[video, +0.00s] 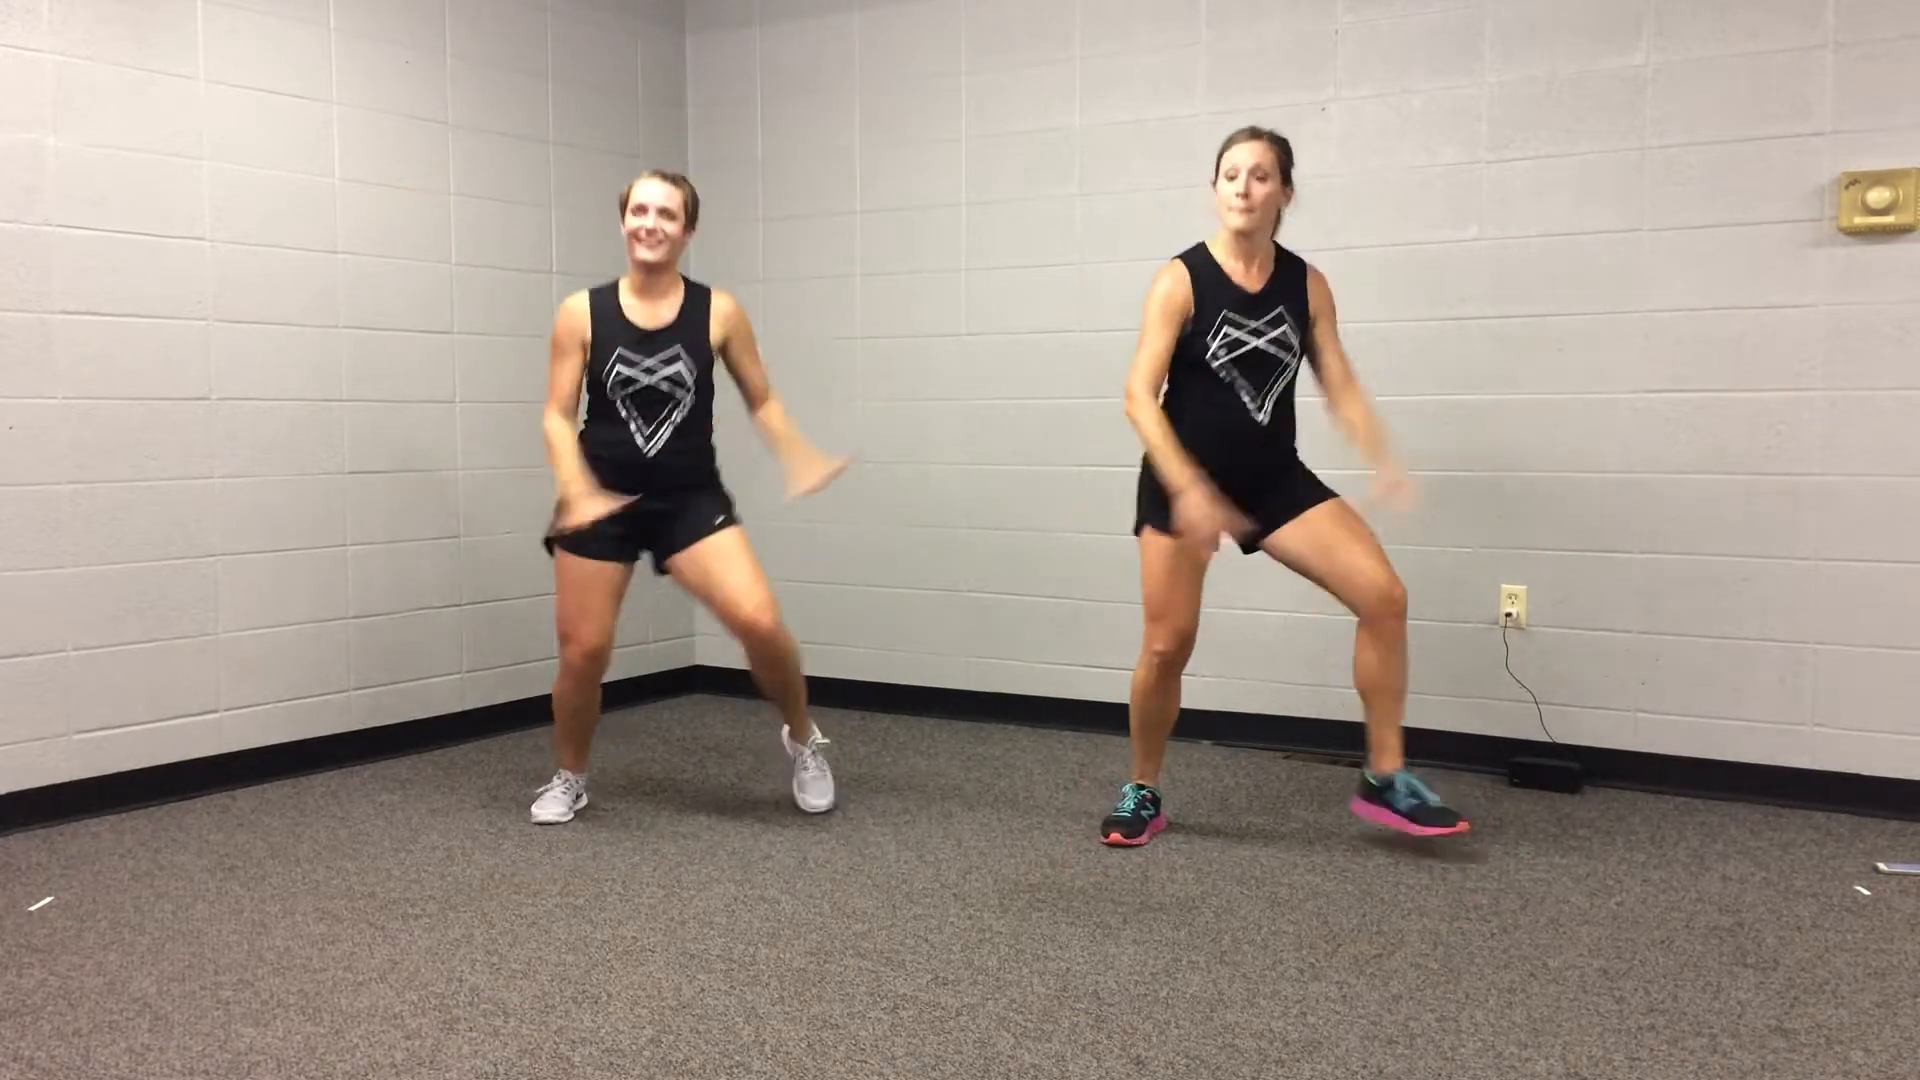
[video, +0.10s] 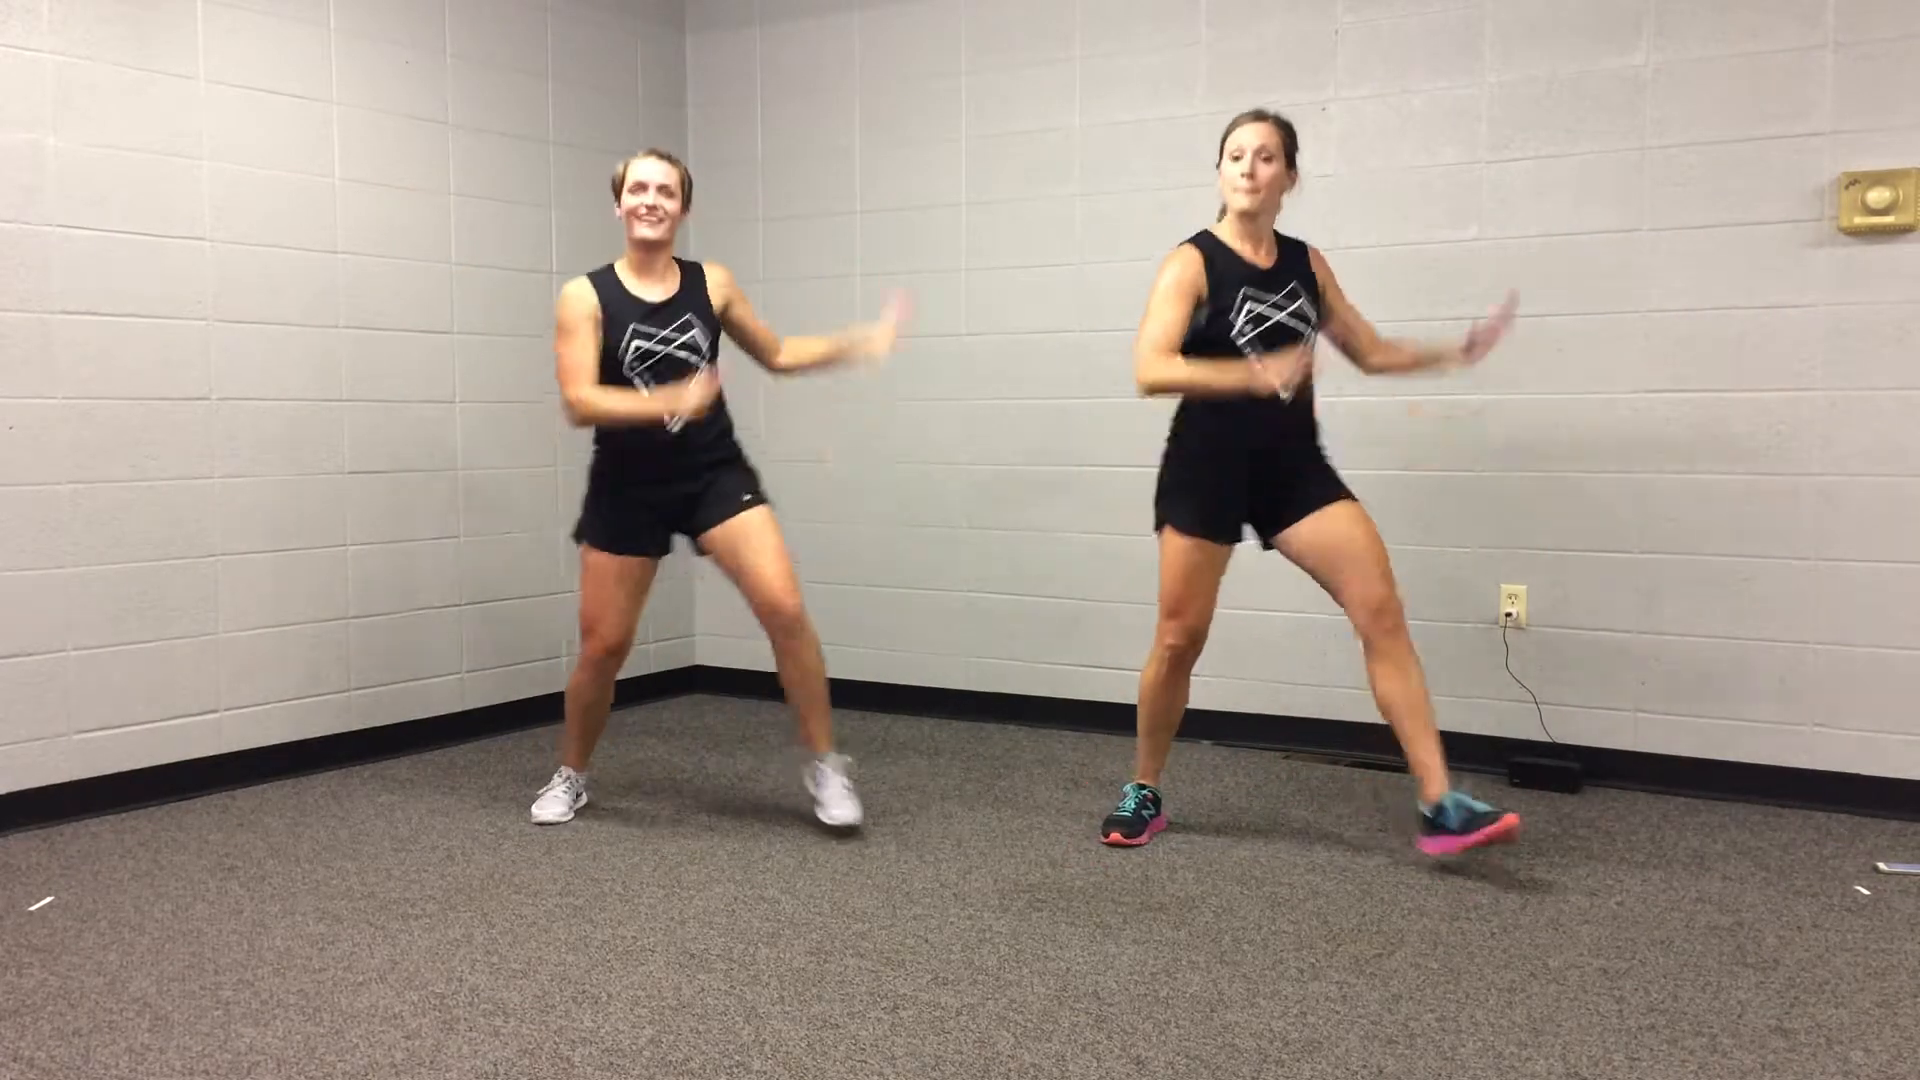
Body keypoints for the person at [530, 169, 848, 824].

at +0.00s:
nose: (650, 223)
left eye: (666, 215)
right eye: (640, 212)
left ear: (687, 231)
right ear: (623, 225)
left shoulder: (718, 313)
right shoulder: (582, 313)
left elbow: (762, 400)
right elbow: (558, 413)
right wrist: (575, 486)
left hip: (688, 499)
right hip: (599, 500)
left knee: (760, 623)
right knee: (581, 653)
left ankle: (804, 742)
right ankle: (570, 776)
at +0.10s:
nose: (649, 200)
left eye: (663, 192)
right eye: (637, 189)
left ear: (683, 210)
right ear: (618, 203)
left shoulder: (712, 285)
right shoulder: (584, 297)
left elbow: (777, 353)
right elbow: (580, 400)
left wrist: (859, 343)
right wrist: (671, 400)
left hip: (713, 475)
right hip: (627, 486)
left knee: (784, 606)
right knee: (601, 645)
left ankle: (825, 763)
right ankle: (570, 773)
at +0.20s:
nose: (662, 203)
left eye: (674, 195)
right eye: (648, 194)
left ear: (691, 216)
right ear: (625, 213)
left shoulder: (710, 288)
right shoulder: (597, 300)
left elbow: (786, 341)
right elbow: (628, 392)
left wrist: (834, 266)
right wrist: (689, 305)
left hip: (745, 475)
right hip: (662, 490)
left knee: (802, 623)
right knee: (622, 654)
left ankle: (845, 792)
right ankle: (571, 776)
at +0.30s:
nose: (676, 223)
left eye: (688, 216)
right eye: (662, 215)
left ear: (705, 241)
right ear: (638, 238)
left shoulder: (725, 309)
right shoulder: (615, 328)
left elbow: (802, 375)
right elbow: (652, 425)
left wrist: (824, 289)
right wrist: (702, 332)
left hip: (777, 494)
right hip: (693, 515)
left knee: (827, 637)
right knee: (644, 675)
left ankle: (848, 798)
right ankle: (581, 776)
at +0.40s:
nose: (690, 223)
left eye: (703, 215)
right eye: (677, 217)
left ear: (724, 240)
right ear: (657, 243)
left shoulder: (760, 320)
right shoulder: (633, 337)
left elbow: (816, 413)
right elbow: (634, 447)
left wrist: (885, 399)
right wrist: (720, 462)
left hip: (790, 496)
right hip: (704, 514)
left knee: (835, 646)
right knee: (641, 675)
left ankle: (848, 800)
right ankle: (579, 771)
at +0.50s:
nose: (705, 200)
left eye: (719, 192)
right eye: (692, 195)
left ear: (745, 218)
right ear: (677, 224)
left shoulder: (786, 302)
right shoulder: (649, 314)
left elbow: (828, 396)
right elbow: (619, 412)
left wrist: (823, 439)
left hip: (785, 497)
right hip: (693, 504)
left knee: (822, 642)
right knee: (608, 647)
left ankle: (849, 799)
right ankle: (561, 754)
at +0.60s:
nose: (706, 174)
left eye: (722, 166)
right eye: (695, 170)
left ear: (754, 194)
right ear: (684, 200)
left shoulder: (789, 276)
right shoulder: (661, 280)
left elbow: (805, 382)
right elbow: (608, 369)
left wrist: (706, 385)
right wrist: (524, 382)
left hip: (758, 479)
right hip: (668, 474)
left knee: (802, 636)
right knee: (585, 617)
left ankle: (848, 799)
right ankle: (545, 752)